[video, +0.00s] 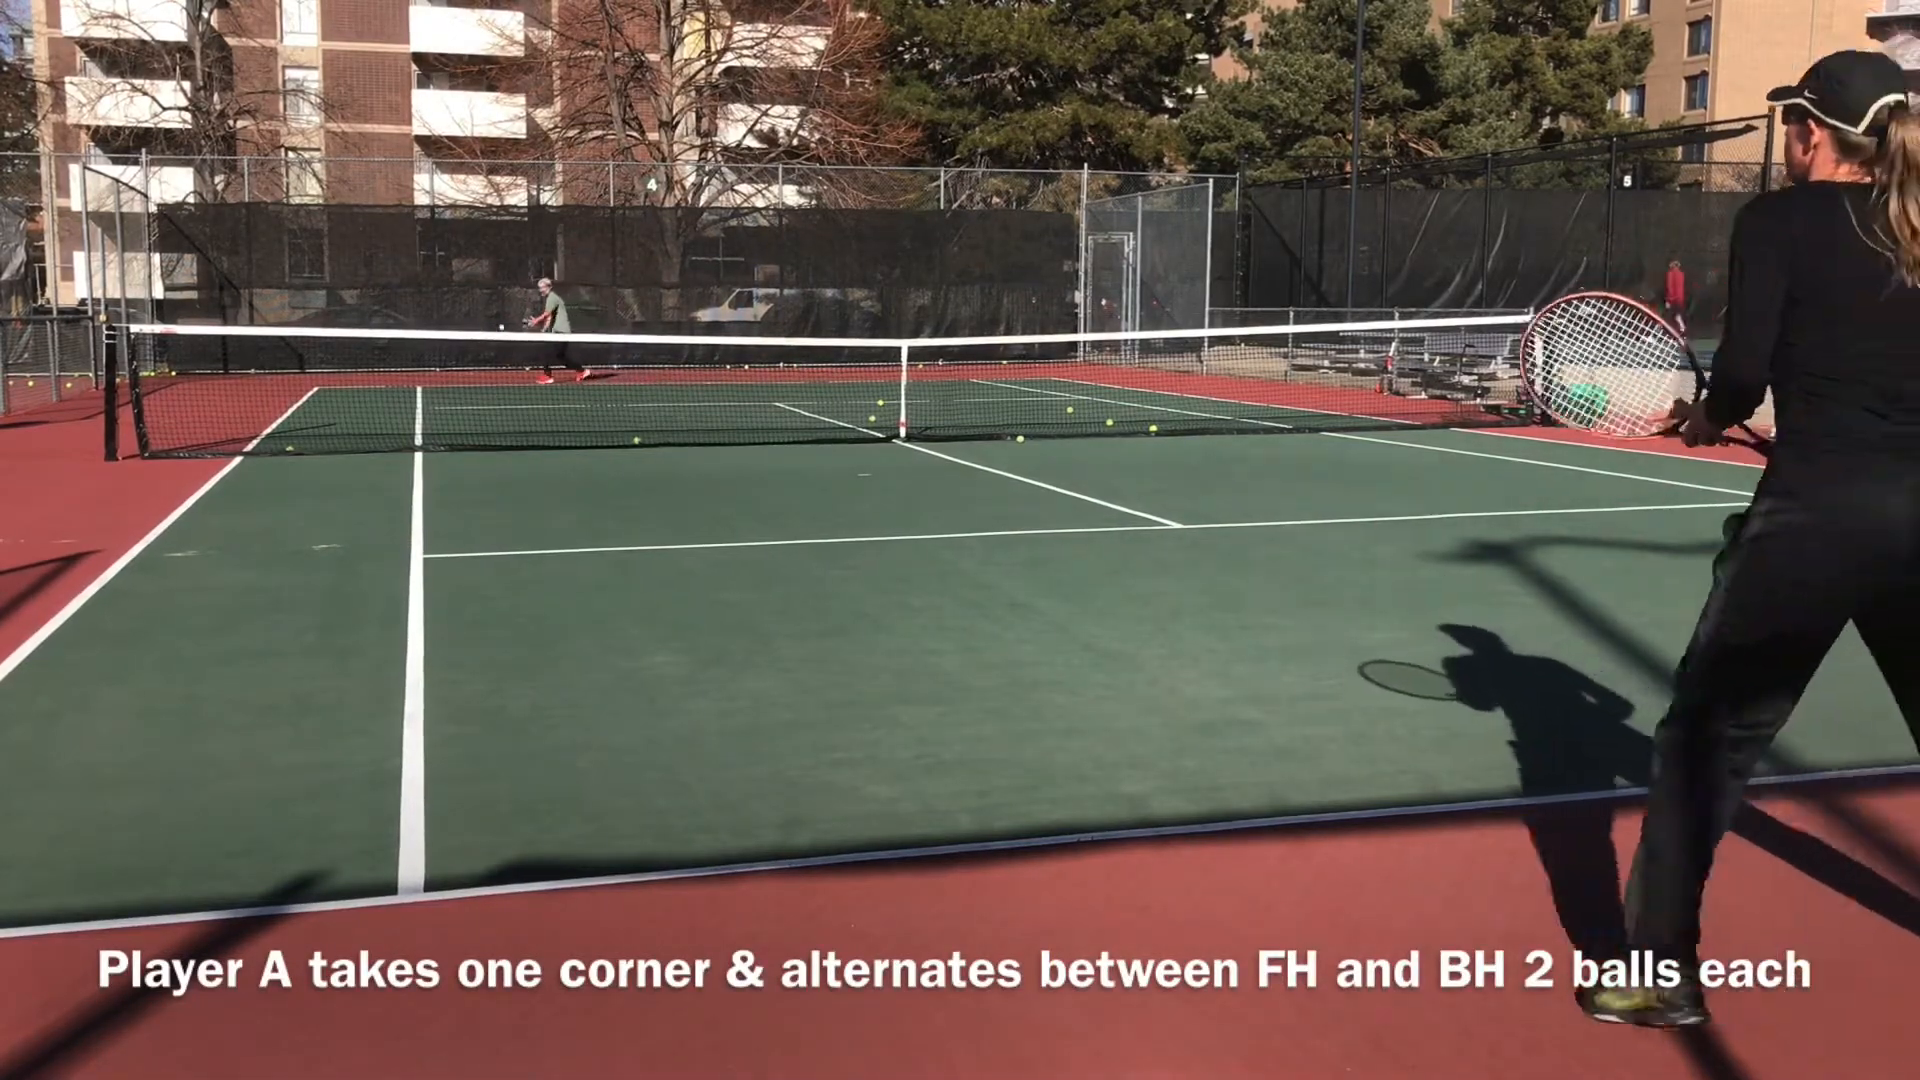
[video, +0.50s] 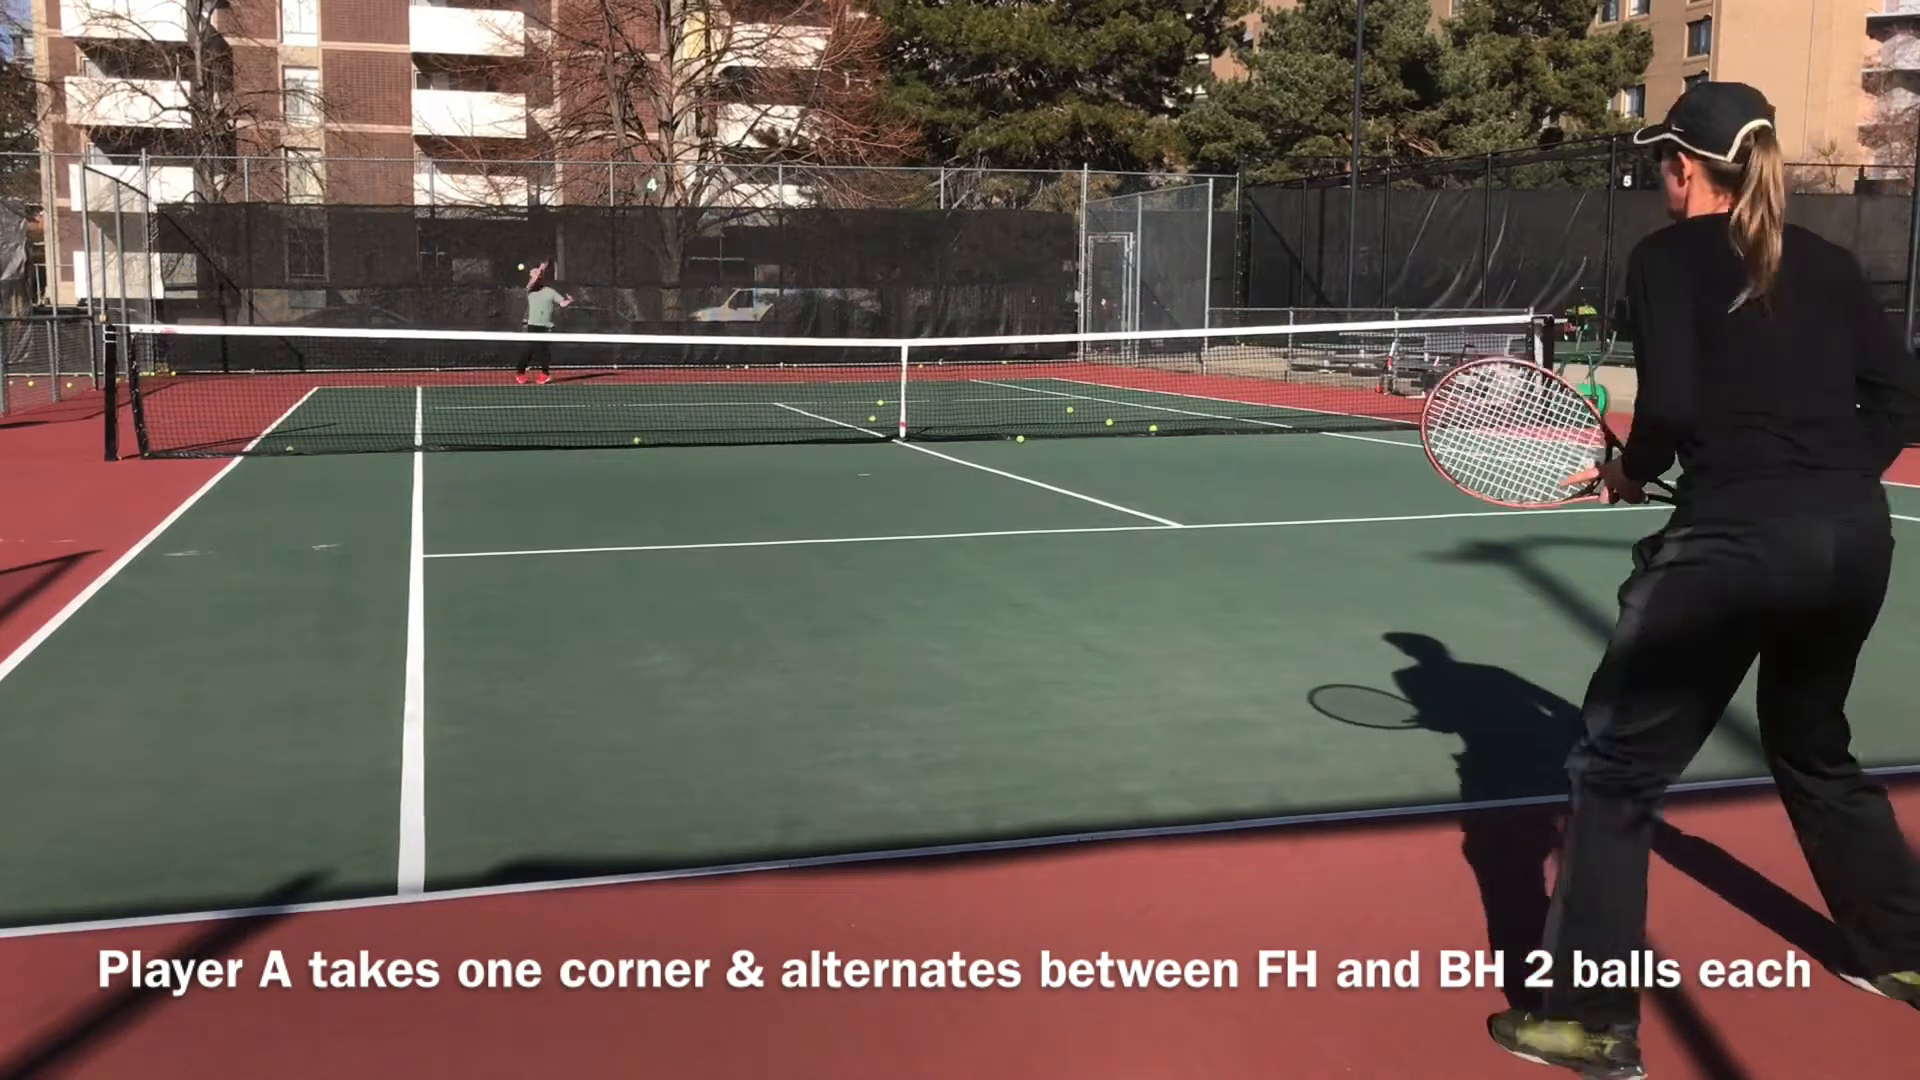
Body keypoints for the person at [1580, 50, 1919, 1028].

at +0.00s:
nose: (1786, 141)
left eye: (1793, 128)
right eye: (1792, 127)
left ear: (1821, 136)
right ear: (1881, 139)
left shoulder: (1781, 218)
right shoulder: (1912, 211)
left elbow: (1747, 368)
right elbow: (1885, 376)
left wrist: (1704, 415)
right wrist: (1772, 419)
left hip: (1817, 512)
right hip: (1908, 516)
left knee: (1706, 730)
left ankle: (1658, 966)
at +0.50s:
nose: (1662, 179)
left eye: (1665, 164)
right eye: (1664, 163)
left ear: (1691, 170)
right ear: (1758, 167)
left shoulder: (1666, 255)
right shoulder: (1833, 261)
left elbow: (1668, 407)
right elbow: (1899, 392)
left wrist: (1630, 465)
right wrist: (1838, 477)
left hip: (1733, 531)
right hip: (1854, 532)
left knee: (1614, 770)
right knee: (1814, 747)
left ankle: (1588, 1012)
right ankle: (1903, 951)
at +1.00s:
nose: (1630, 262)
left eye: (1631, 242)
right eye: (1628, 244)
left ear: (1664, 236)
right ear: (1696, 233)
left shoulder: (1731, 306)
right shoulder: (1750, 305)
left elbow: (1820, 426)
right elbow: (1758, 464)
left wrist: (1689, 470)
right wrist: (1681, 554)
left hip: (1795, 568)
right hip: (1864, 574)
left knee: (1614, 703)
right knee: (1828, 790)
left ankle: (1653, 938)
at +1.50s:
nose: (1411, 249)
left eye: (1422, 236)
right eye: (1406, 238)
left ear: (1454, 240)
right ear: (1408, 250)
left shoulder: (1497, 278)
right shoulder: (1430, 309)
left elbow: (1574, 279)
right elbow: (1400, 376)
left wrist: (1476, 227)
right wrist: (1381, 324)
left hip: (1555, 488)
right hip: (1511, 498)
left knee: (1553, 678)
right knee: (1432, 583)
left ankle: (1625, 864)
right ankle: (1446, 731)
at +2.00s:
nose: (1246, 341)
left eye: (1245, 329)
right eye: (1241, 333)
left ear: (1271, 314)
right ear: (1275, 315)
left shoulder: (1314, 325)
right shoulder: (1328, 329)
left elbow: (1358, 383)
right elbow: (1378, 399)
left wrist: (1341, 443)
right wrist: (1365, 469)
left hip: (1428, 463)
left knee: (1390, 620)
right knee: (1341, 561)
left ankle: (1521, 709)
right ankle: (1347, 707)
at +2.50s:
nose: (1361, 198)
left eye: (1363, 189)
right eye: (1363, 188)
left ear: (1375, 195)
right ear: (1414, 191)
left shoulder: (1379, 247)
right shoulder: (1449, 238)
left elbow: (1378, 330)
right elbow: (1515, 261)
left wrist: (1300, 354)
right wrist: (1572, 272)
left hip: (1421, 421)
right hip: (1470, 416)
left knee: (1398, 564)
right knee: (1416, 548)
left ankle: (1468, 690)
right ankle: (1441, 666)